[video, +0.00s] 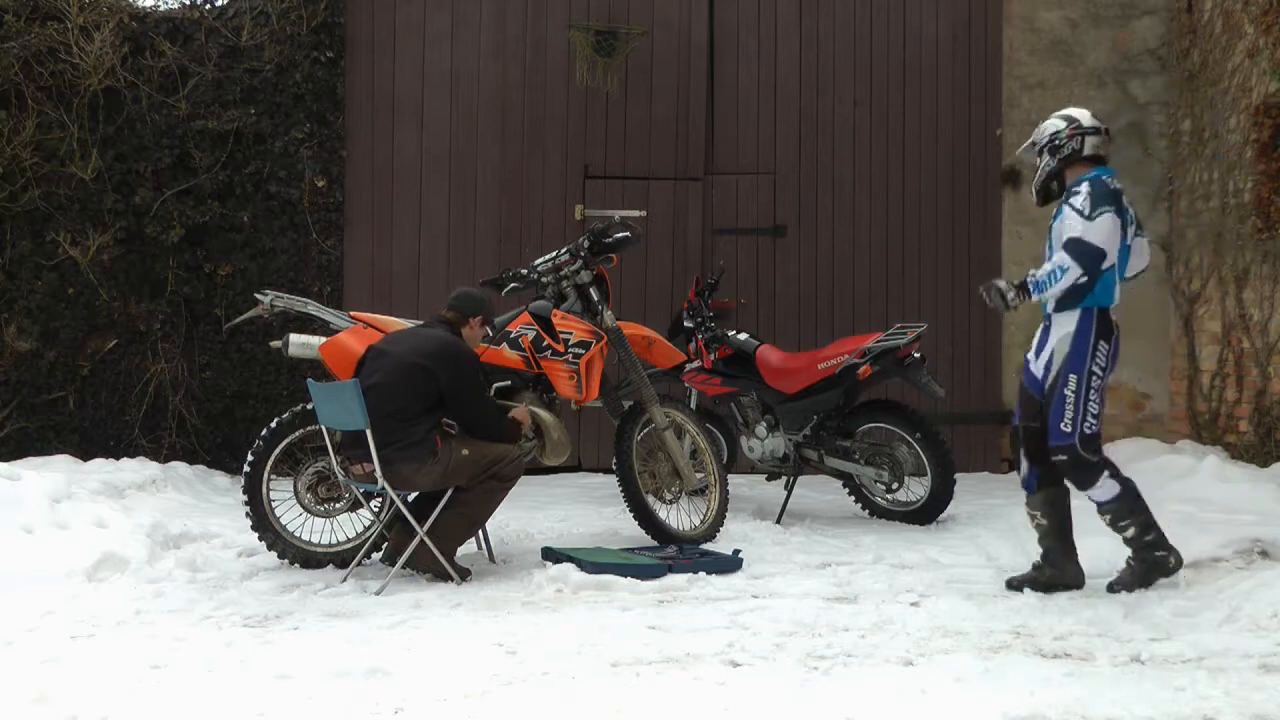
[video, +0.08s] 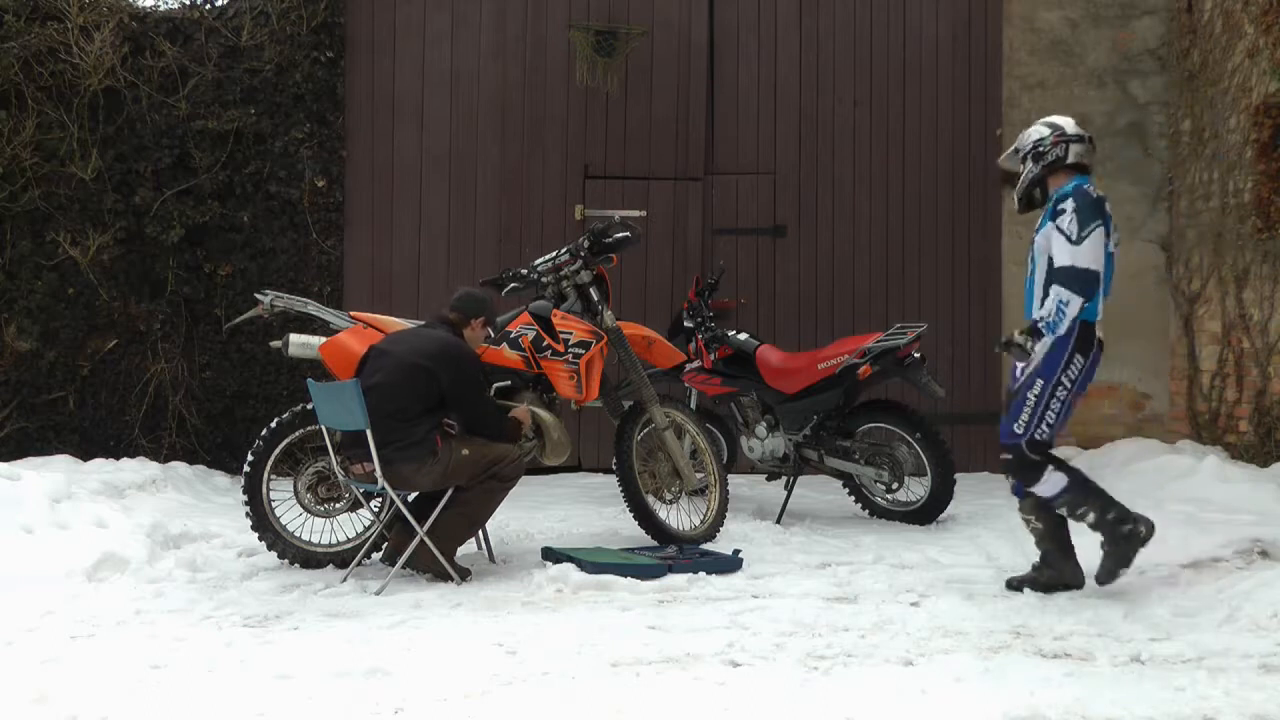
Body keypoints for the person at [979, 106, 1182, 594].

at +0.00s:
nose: (1040, 164)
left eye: (1044, 154)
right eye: (1040, 155)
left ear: (1065, 148)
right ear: (1080, 149)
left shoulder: (1094, 190)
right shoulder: (1097, 194)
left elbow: (1083, 256)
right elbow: (1138, 257)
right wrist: (1084, 273)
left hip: (1085, 330)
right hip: (1056, 329)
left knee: (1072, 447)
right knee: (1032, 440)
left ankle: (1151, 550)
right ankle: (1058, 561)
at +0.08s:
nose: (1022, 172)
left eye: (1027, 161)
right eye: (1023, 162)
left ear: (1049, 156)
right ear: (1061, 156)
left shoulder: (1078, 203)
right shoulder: (1061, 208)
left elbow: (1075, 282)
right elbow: (1059, 282)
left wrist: (1034, 334)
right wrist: (1032, 334)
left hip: (1070, 342)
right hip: (1053, 339)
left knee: (1023, 450)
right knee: (1016, 448)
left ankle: (1120, 525)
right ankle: (1058, 563)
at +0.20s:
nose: (988, 171)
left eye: (991, 159)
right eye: (986, 162)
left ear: (1017, 152)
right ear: (1027, 152)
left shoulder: (1063, 195)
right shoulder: (1032, 205)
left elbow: (1080, 271)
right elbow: (1020, 240)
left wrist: (1048, 325)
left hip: (1052, 335)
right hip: (1030, 334)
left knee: (969, 418)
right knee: (1024, 444)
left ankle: (1055, 508)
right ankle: (1056, 559)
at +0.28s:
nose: (970, 154)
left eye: (976, 144)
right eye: (969, 146)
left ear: (1005, 139)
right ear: (1007, 143)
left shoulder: (1054, 186)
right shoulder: (1006, 197)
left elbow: (1081, 259)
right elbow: (974, 217)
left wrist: (1042, 295)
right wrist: (927, 196)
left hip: (1037, 323)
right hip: (1014, 322)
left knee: (958, 413)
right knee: (1028, 440)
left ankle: (1014, 527)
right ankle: (1060, 560)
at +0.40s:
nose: (953, 160)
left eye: (962, 150)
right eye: (952, 150)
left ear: (992, 149)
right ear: (975, 150)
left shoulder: (1031, 193)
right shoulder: (970, 203)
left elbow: (1065, 256)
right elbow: (938, 255)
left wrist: (1025, 235)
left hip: (1012, 327)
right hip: (983, 328)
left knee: (966, 442)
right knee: (995, 445)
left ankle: (992, 571)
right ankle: (1054, 554)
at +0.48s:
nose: (937, 175)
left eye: (945, 166)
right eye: (937, 166)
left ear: (975, 163)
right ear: (967, 167)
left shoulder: (1022, 210)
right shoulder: (959, 216)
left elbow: (1017, 259)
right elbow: (937, 286)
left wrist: (994, 205)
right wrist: (904, 331)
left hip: (1003, 338)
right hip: (965, 337)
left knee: (957, 450)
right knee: (938, 443)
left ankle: (994, 570)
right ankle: (1027, 524)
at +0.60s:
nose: (906, 174)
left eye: (913, 165)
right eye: (907, 166)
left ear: (941, 160)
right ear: (942, 161)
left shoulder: (981, 196)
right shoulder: (945, 201)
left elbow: (974, 241)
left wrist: (926, 194)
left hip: (981, 335)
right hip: (941, 331)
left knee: (949, 455)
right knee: (885, 419)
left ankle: (994, 571)